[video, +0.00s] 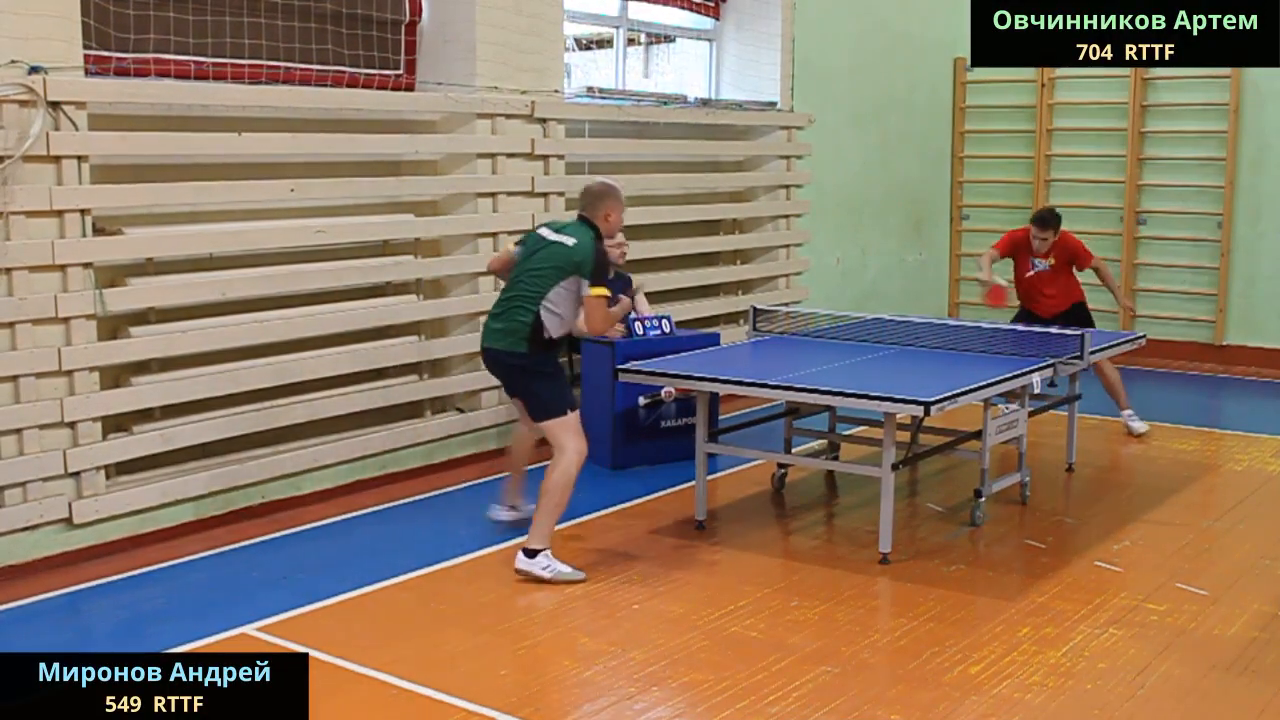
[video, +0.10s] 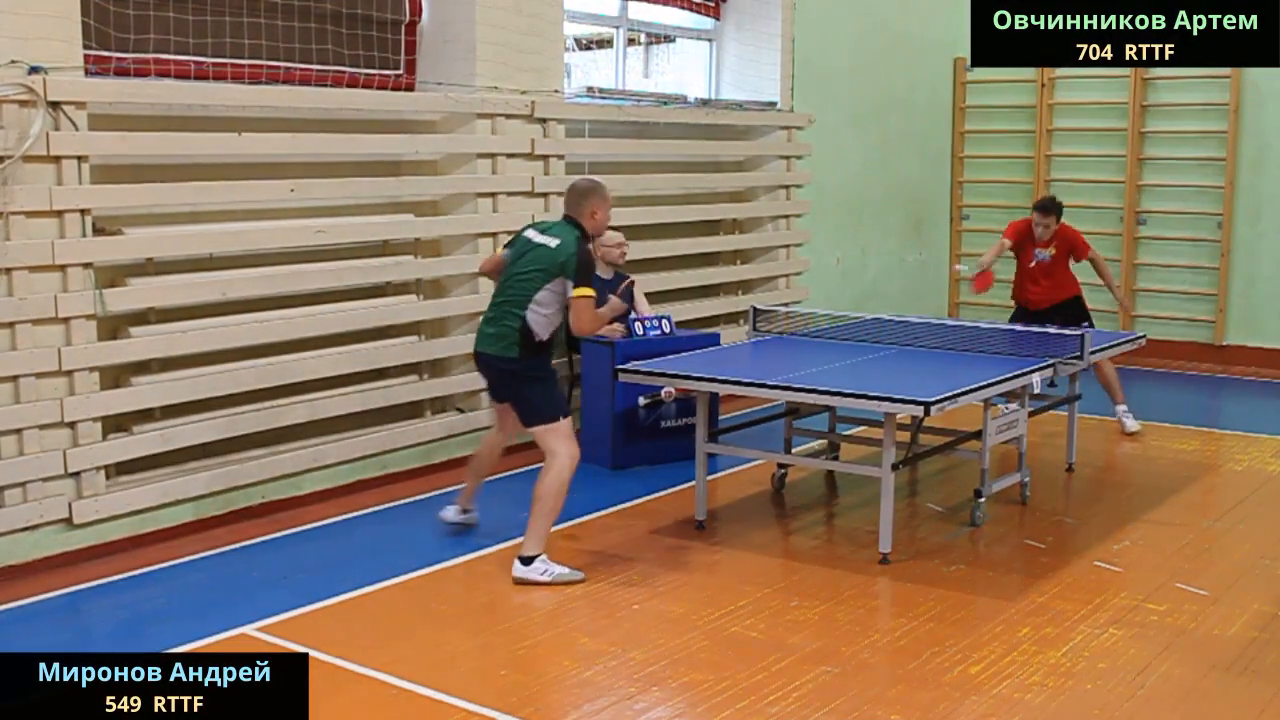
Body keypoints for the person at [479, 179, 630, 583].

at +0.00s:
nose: (620, 223)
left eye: (621, 217)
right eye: (620, 217)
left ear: (582, 211)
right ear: (608, 215)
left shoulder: (548, 229)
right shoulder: (594, 248)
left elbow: (498, 264)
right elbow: (596, 324)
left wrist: (536, 276)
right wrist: (621, 306)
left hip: (496, 343)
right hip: (527, 349)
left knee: (531, 422)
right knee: (572, 448)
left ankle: (510, 503)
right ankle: (535, 551)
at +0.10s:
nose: (608, 218)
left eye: (608, 211)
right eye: (606, 211)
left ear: (569, 208)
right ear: (592, 212)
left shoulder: (536, 229)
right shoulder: (578, 250)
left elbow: (489, 266)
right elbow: (581, 325)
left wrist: (528, 281)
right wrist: (613, 308)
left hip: (488, 349)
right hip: (521, 355)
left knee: (506, 428)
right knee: (563, 453)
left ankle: (461, 506)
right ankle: (530, 557)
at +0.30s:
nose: (588, 229)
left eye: (587, 222)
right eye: (586, 223)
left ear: (553, 221)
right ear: (570, 226)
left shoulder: (527, 239)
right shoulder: (548, 265)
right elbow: (553, 344)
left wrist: (572, 312)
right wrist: (603, 320)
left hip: (468, 357)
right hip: (497, 365)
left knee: (487, 427)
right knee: (554, 449)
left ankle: (439, 509)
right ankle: (531, 553)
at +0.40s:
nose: (581, 252)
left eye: (582, 244)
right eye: (579, 244)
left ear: (550, 242)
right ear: (562, 247)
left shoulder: (528, 255)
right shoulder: (532, 285)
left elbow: (541, 292)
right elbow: (516, 369)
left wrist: (586, 299)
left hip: (469, 361)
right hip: (478, 369)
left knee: (497, 432)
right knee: (548, 444)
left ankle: (445, 501)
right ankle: (531, 549)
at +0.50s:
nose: (580, 282)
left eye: (579, 275)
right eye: (576, 276)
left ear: (555, 282)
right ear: (556, 283)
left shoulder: (553, 302)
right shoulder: (512, 320)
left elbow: (571, 326)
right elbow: (481, 394)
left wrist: (609, 334)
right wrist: (499, 446)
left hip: (491, 383)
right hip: (466, 390)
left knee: (508, 450)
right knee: (546, 445)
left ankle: (441, 507)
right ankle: (529, 551)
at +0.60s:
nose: (579, 305)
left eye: (578, 298)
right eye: (573, 300)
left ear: (553, 305)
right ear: (550, 306)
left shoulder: (558, 321)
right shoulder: (503, 339)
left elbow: (591, 331)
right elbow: (457, 402)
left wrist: (630, 342)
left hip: (503, 396)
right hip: (474, 401)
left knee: (517, 463)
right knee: (549, 445)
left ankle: (443, 509)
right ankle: (533, 553)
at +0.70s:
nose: (573, 311)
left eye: (571, 304)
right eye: (566, 305)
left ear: (542, 311)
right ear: (540, 312)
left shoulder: (558, 325)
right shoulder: (495, 346)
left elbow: (582, 321)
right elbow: (454, 410)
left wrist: (623, 325)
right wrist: (427, 462)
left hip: (518, 404)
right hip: (484, 409)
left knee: (525, 470)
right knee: (557, 448)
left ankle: (447, 508)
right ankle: (535, 554)